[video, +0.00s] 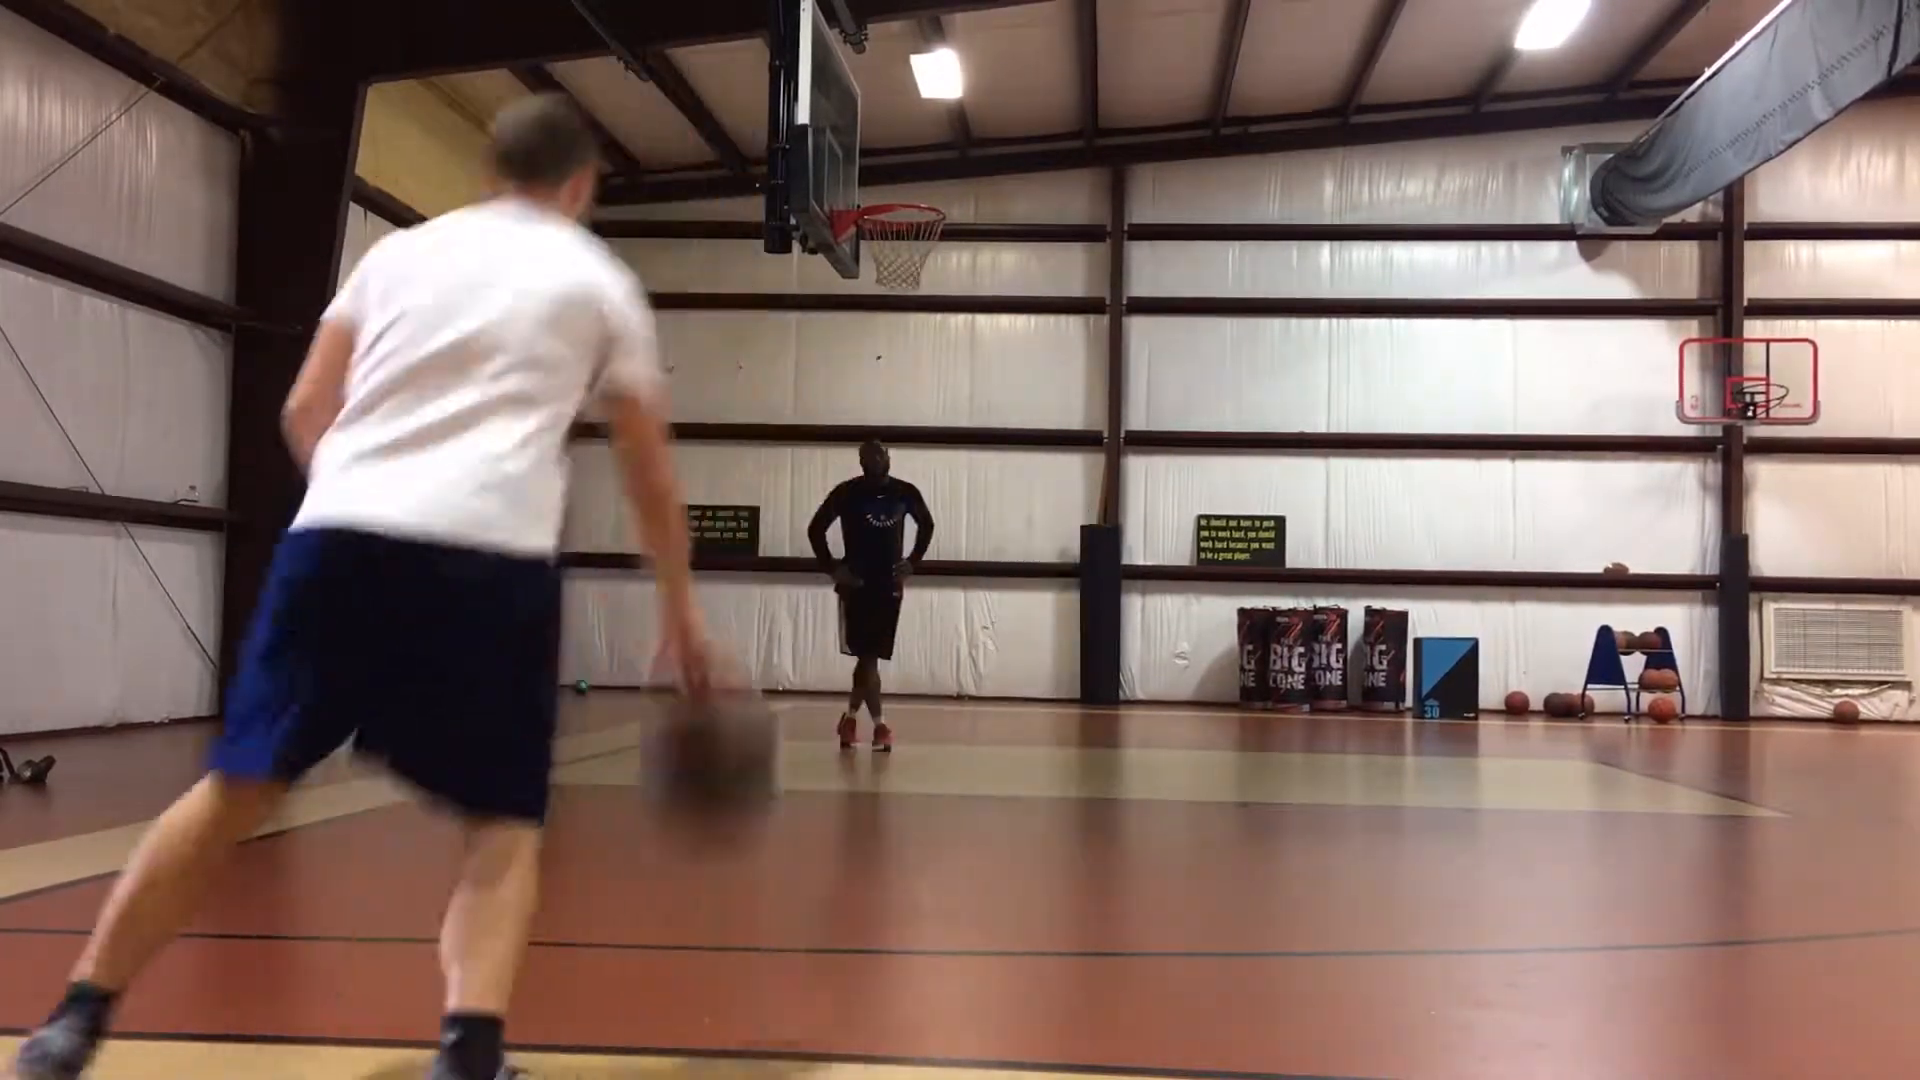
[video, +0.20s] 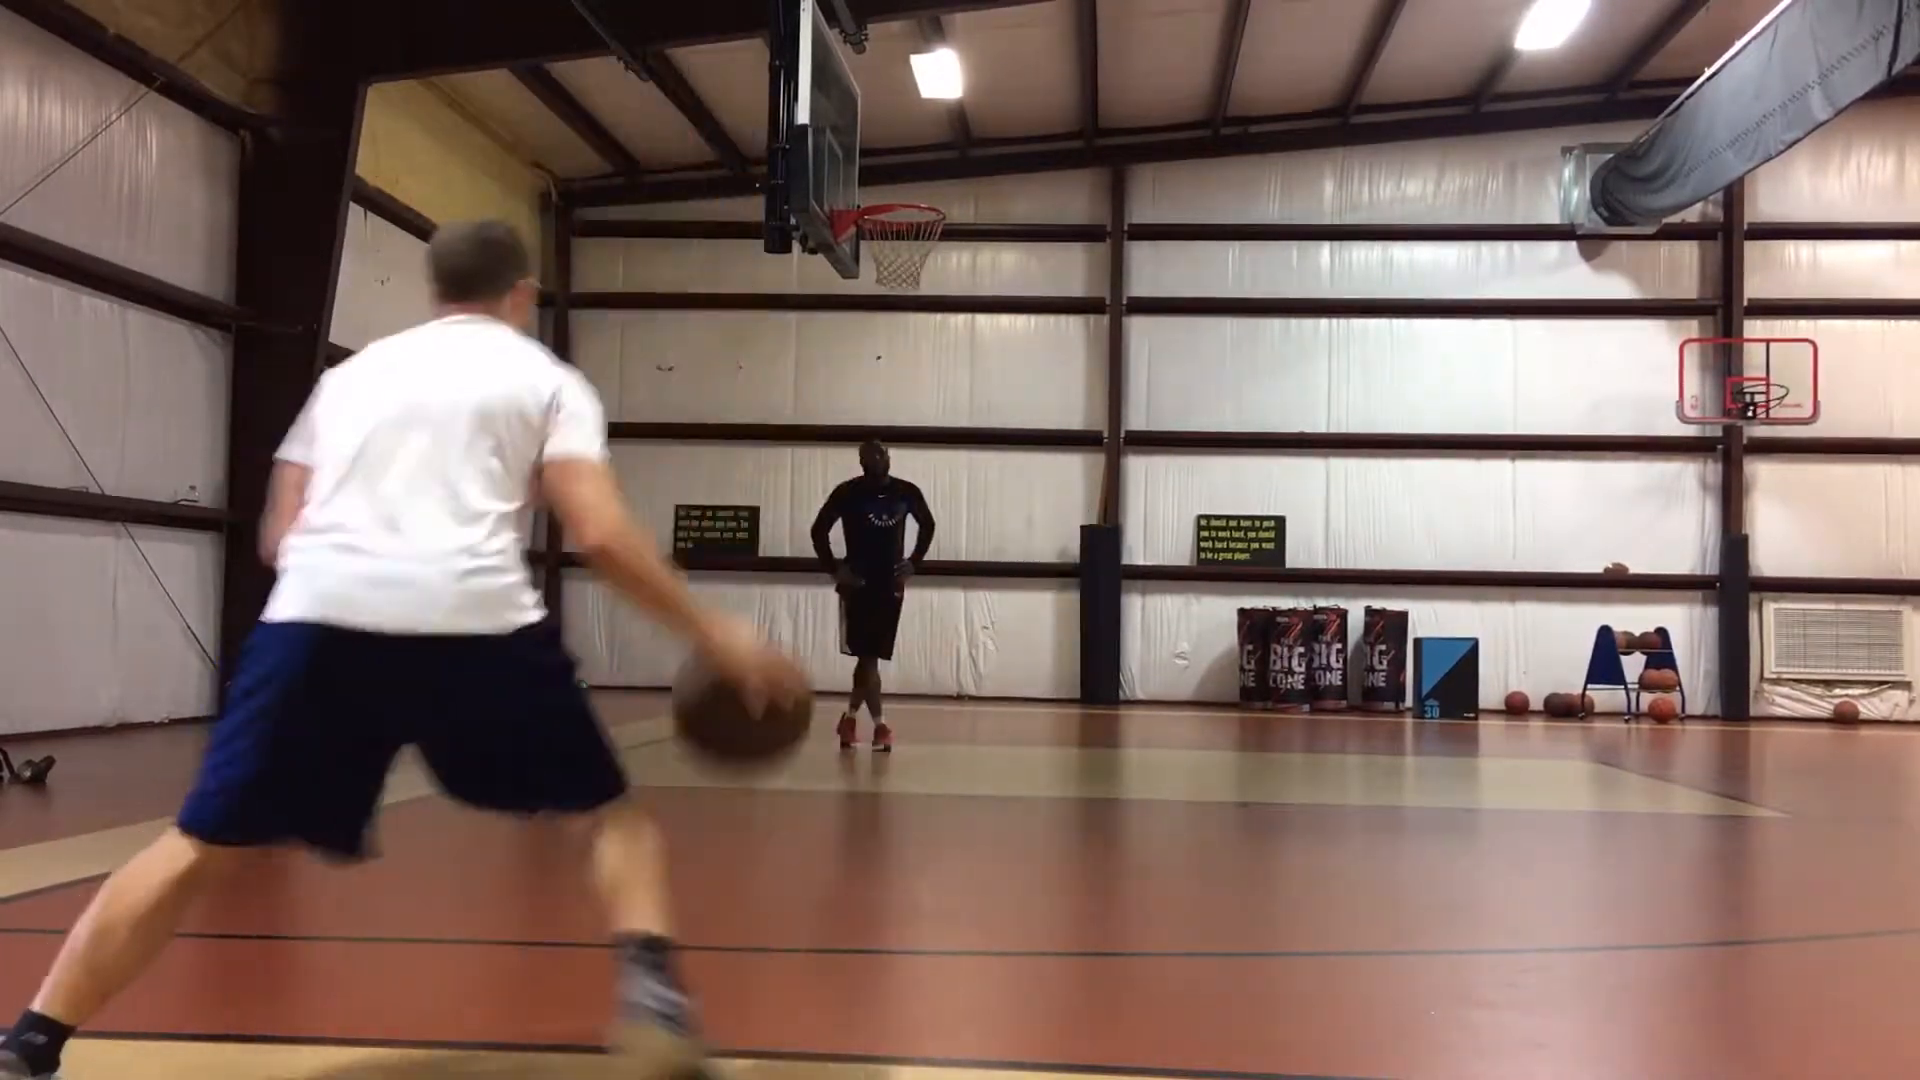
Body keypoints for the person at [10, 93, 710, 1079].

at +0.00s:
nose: (592, 200)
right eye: (595, 188)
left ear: (491, 173)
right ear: (582, 184)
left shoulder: (395, 253)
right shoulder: (597, 276)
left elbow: (308, 409)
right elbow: (650, 470)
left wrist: (376, 508)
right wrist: (681, 619)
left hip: (335, 544)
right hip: (490, 569)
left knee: (233, 784)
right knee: (505, 821)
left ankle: (76, 1018)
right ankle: (471, 1057)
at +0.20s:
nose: (533, 310)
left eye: (519, 301)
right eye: (534, 299)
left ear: (434, 293)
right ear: (524, 297)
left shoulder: (348, 376)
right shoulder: (549, 379)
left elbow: (282, 538)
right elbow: (596, 532)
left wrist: (367, 609)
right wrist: (715, 635)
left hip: (320, 625)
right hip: (477, 627)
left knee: (192, 842)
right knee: (612, 811)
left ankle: (31, 1045)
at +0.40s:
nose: (714, 295)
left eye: (710, 285)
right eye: (715, 284)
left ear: (628, 275)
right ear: (705, 279)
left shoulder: (561, 346)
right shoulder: (707, 347)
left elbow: (566, 486)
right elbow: (726, 508)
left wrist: (692, 538)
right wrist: (766, 556)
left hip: (476, 590)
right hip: (606, 591)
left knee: (461, 804)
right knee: (724, 813)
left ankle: (275, 933)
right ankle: (784, 1024)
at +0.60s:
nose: (777, 309)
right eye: (778, 298)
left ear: (690, 302)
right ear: (775, 306)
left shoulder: (646, 376)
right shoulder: (797, 385)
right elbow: (867, 519)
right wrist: (869, 428)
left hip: (595, 637)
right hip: (711, 638)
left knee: (690, 799)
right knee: (795, 819)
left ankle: (600, 984)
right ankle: (788, 1021)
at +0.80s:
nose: (779, 140)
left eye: (752, 129)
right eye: (792, 128)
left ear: (719, 132)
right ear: (804, 132)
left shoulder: (695, 201)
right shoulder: (826, 195)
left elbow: (743, 131)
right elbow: (912, 126)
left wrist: (755, 50)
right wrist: (884, 26)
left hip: (681, 464)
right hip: (788, 464)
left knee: (675, 697)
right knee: (801, 701)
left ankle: (634, 914)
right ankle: (813, 914)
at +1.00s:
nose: (848, 52)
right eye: (844, 41)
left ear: (757, 54)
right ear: (842, 49)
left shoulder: (736, 114)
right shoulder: (860, 111)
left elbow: (763, 53)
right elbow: (913, 32)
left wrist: (828, 33)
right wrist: (894, 5)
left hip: (728, 380)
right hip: (822, 380)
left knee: (743, 607)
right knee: (825, 616)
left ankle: (708, 820)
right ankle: (814, 836)